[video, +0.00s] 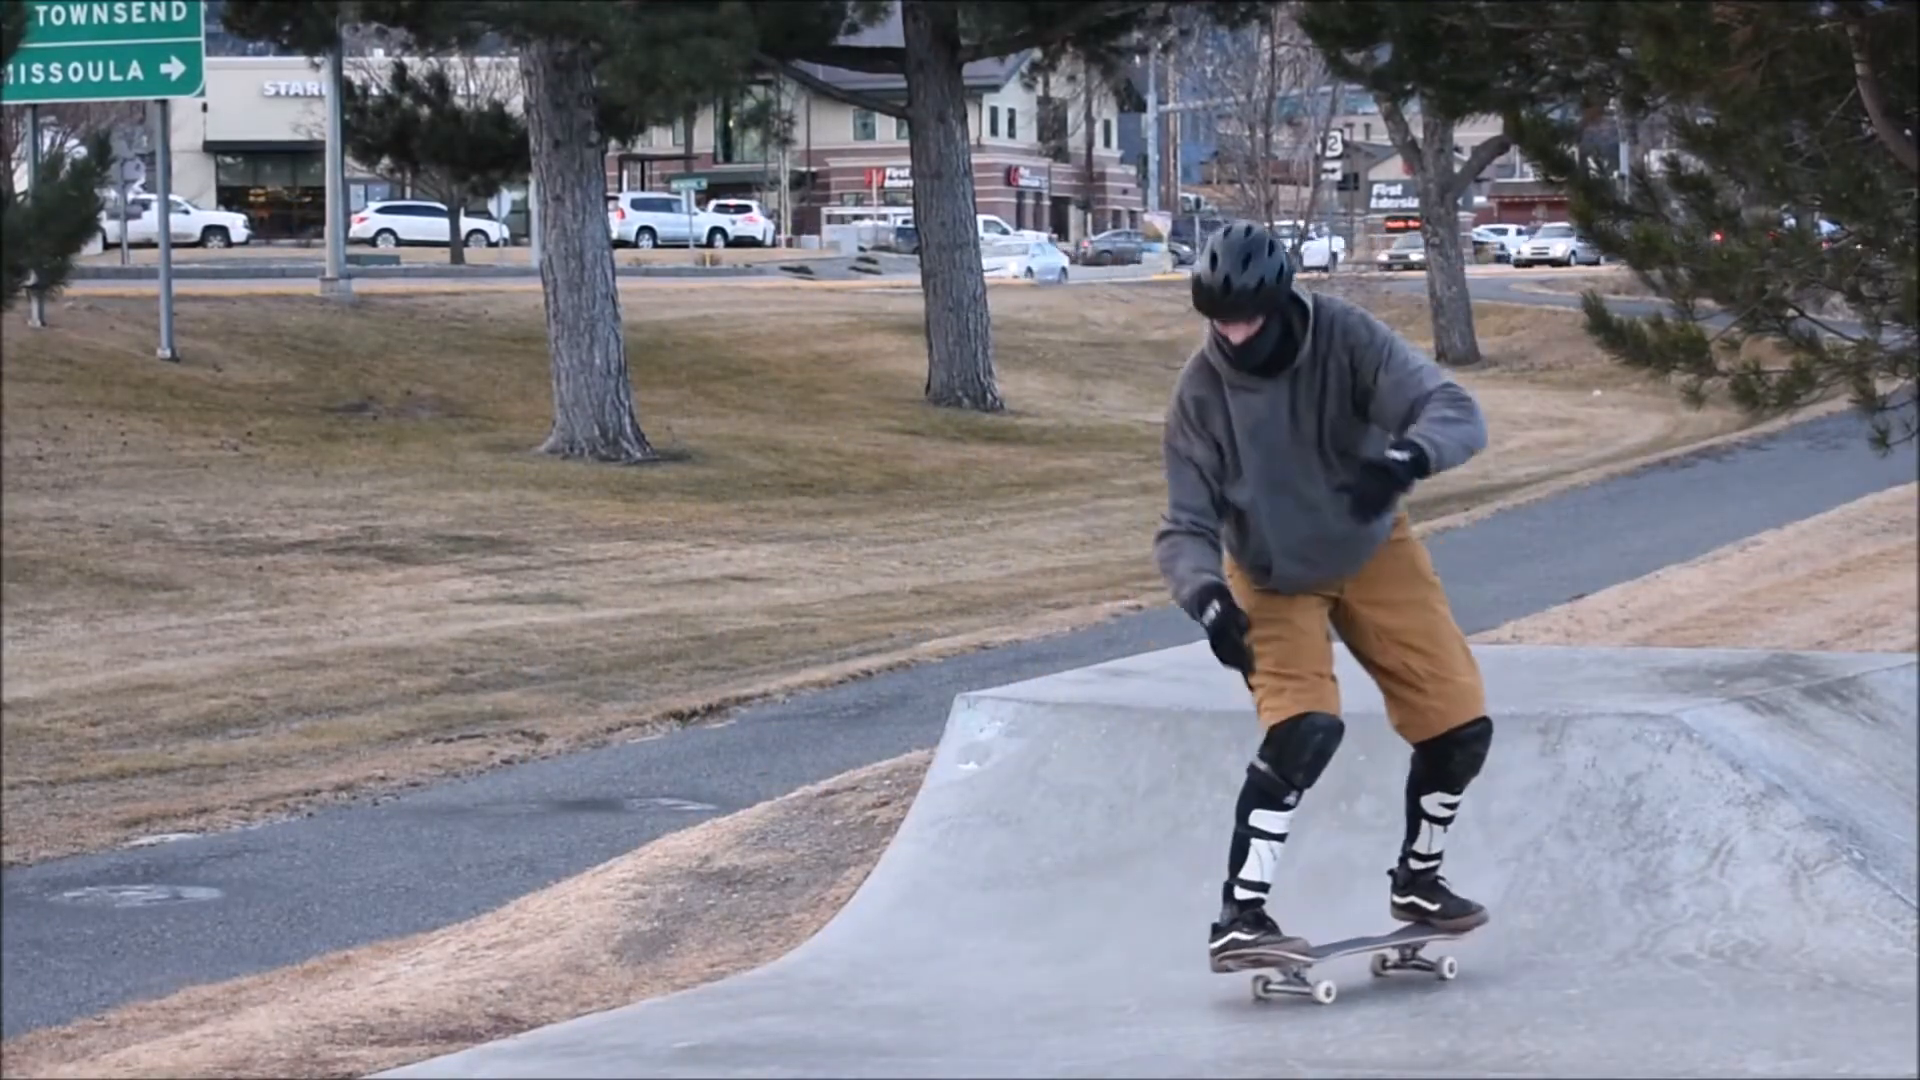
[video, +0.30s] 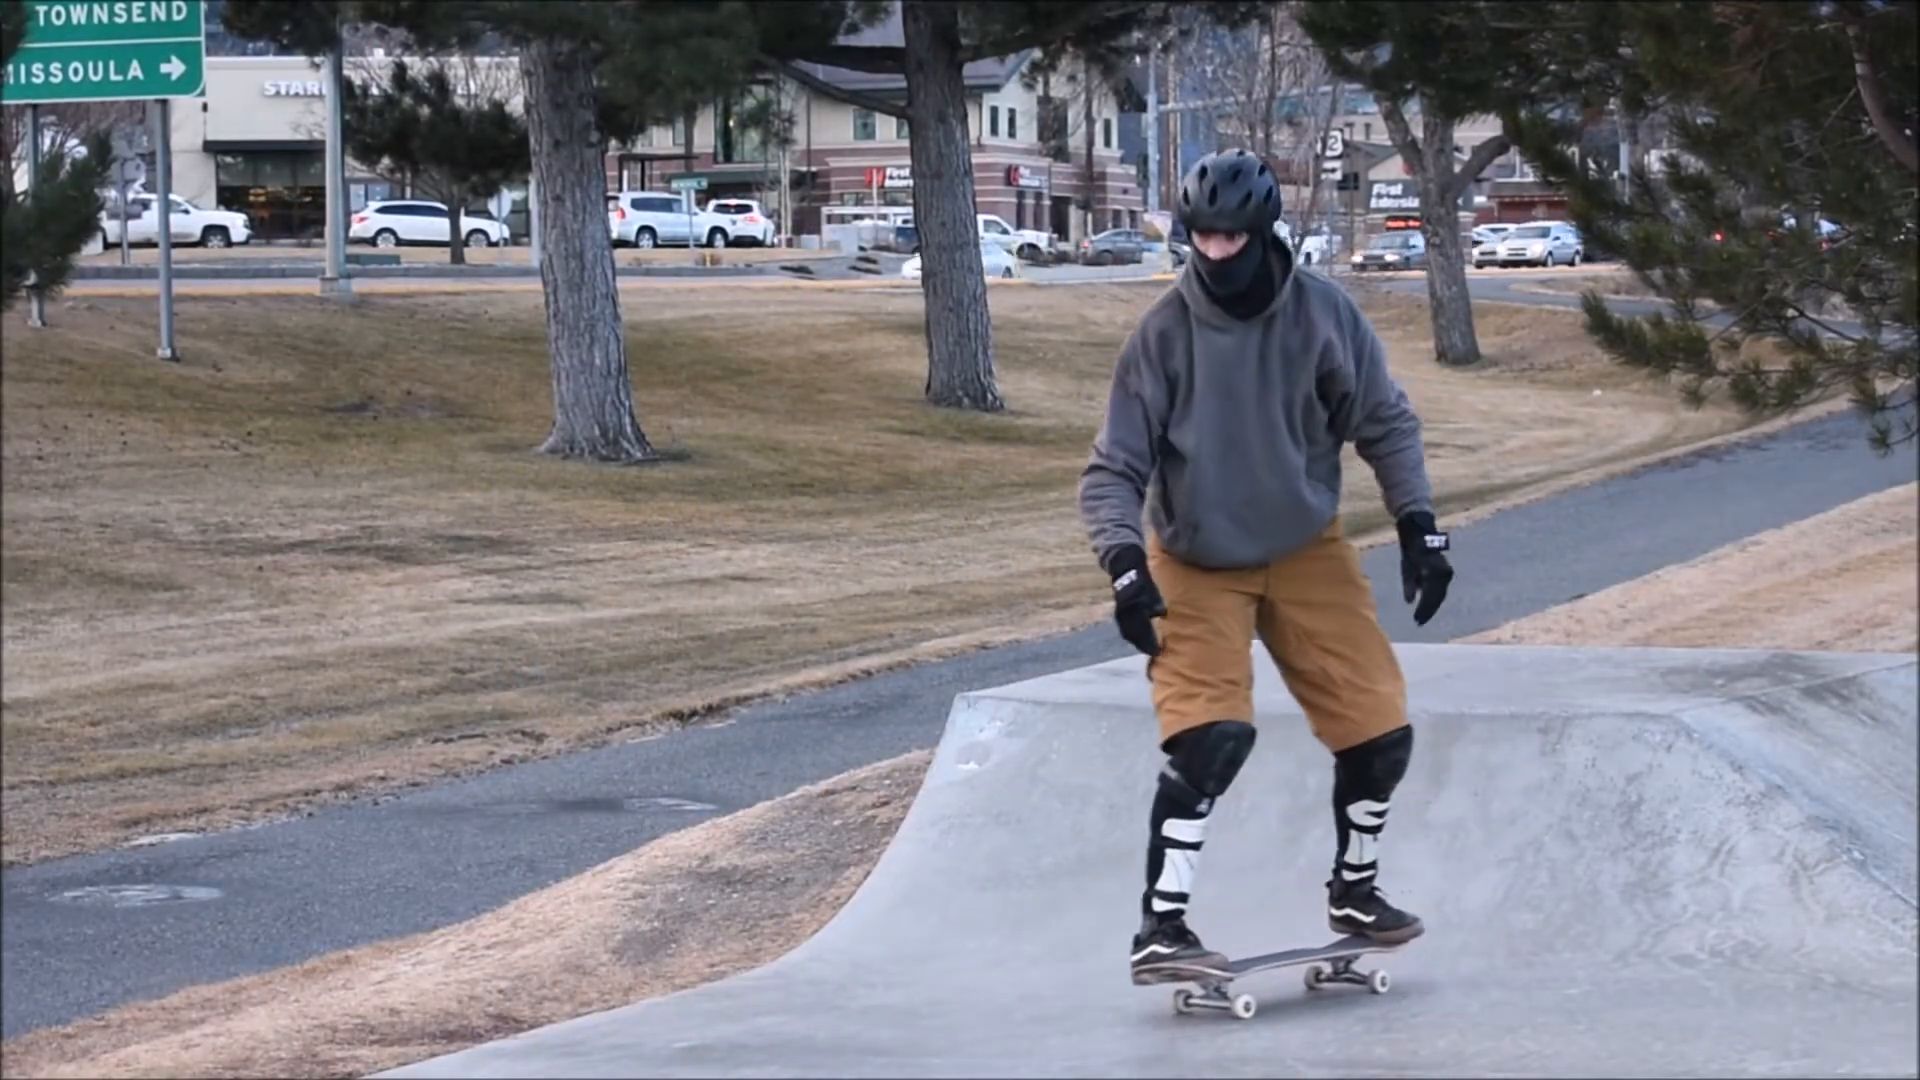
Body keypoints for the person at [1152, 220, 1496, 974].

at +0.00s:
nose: (1233, 332)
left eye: (1246, 316)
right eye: (1219, 318)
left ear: (1281, 299)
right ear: (1203, 309)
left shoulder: (1344, 336)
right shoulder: (1202, 390)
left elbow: (1458, 415)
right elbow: (1185, 528)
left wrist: (1406, 457)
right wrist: (1212, 606)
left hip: (1373, 548)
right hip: (1268, 568)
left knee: (1457, 728)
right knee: (1305, 728)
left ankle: (1417, 879)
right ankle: (1241, 918)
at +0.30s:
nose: (1215, 251)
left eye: (1230, 235)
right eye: (1202, 236)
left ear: (1266, 231)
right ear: (1186, 237)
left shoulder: (1324, 314)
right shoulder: (1164, 336)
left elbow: (1385, 420)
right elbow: (1113, 470)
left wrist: (1420, 524)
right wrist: (1125, 568)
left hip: (1308, 551)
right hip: (1196, 563)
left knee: (1377, 736)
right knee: (1211, 738)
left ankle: (1354, 891)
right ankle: (1163, 927)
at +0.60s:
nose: (1254, 494)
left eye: (1263, 484)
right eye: (1250, 480)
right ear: (1219, 450)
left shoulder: (1242, 476)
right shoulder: (1114, 457)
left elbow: (1268, 565)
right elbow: (987, 571)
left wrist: (1320, 640)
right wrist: (995, 696)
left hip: (1143, 627)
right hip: (1051, 614)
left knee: (1236, 752)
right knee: (1140, 759)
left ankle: (1147, 897)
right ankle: (1031, 924)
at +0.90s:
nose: (1296, 416)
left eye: (1310, 407)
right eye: (1284, 404)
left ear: (1340, 377)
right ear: (1261, 368)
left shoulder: (1367, 378)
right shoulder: (1216, 358)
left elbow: (1396, 513)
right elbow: (1131, 368)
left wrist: (1318, 544)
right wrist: (1068, 426)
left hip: (1313, 539)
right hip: (1217, 532)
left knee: (1370, 695)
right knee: (1251, 705)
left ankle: (1312, 808)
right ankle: (1191, 877)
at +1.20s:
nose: (1282, 338)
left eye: (1289, 325)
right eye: (1271, 327)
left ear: (1319, 297)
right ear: (1260, 295)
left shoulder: (1423, 286)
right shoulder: (1266, 283)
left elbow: (1542, 257)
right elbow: (1157, 326)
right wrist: (1059, 388)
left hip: (1470, 451)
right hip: (1389, 451)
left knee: (1430, 634)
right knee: (1352, 577)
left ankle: (1502, 782)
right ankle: (1425, 661)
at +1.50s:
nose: (1368, 319)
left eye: (1370, 303)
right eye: (1356, 310)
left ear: (1396, 266)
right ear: (1352, 289)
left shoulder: (1488, 297)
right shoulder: (1377, 321)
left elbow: (1608, 384)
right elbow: (1303, 380)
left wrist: (1629, 494)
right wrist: (1219, 446)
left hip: (1557, 495)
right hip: (1469, 502)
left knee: (1488, 684)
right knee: (1404, 649)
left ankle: (1564, 846)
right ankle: (1478, 738)